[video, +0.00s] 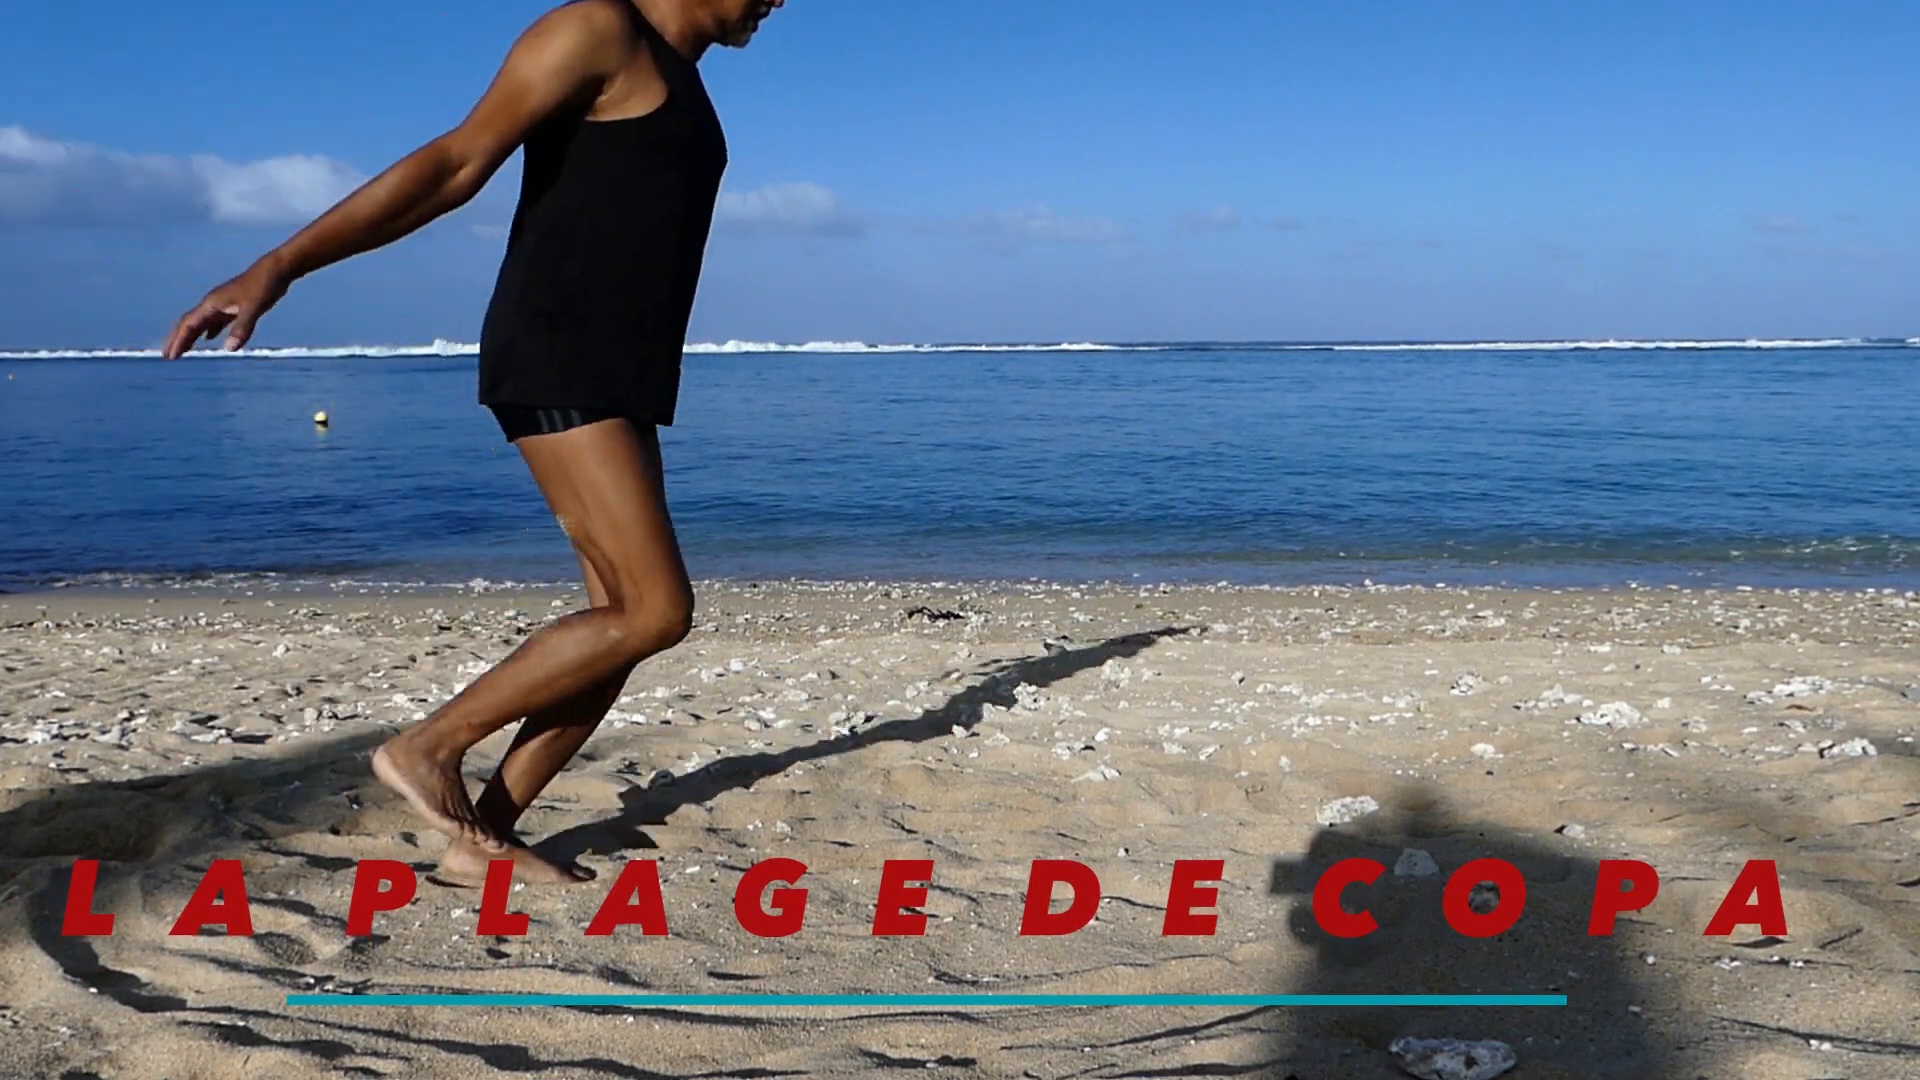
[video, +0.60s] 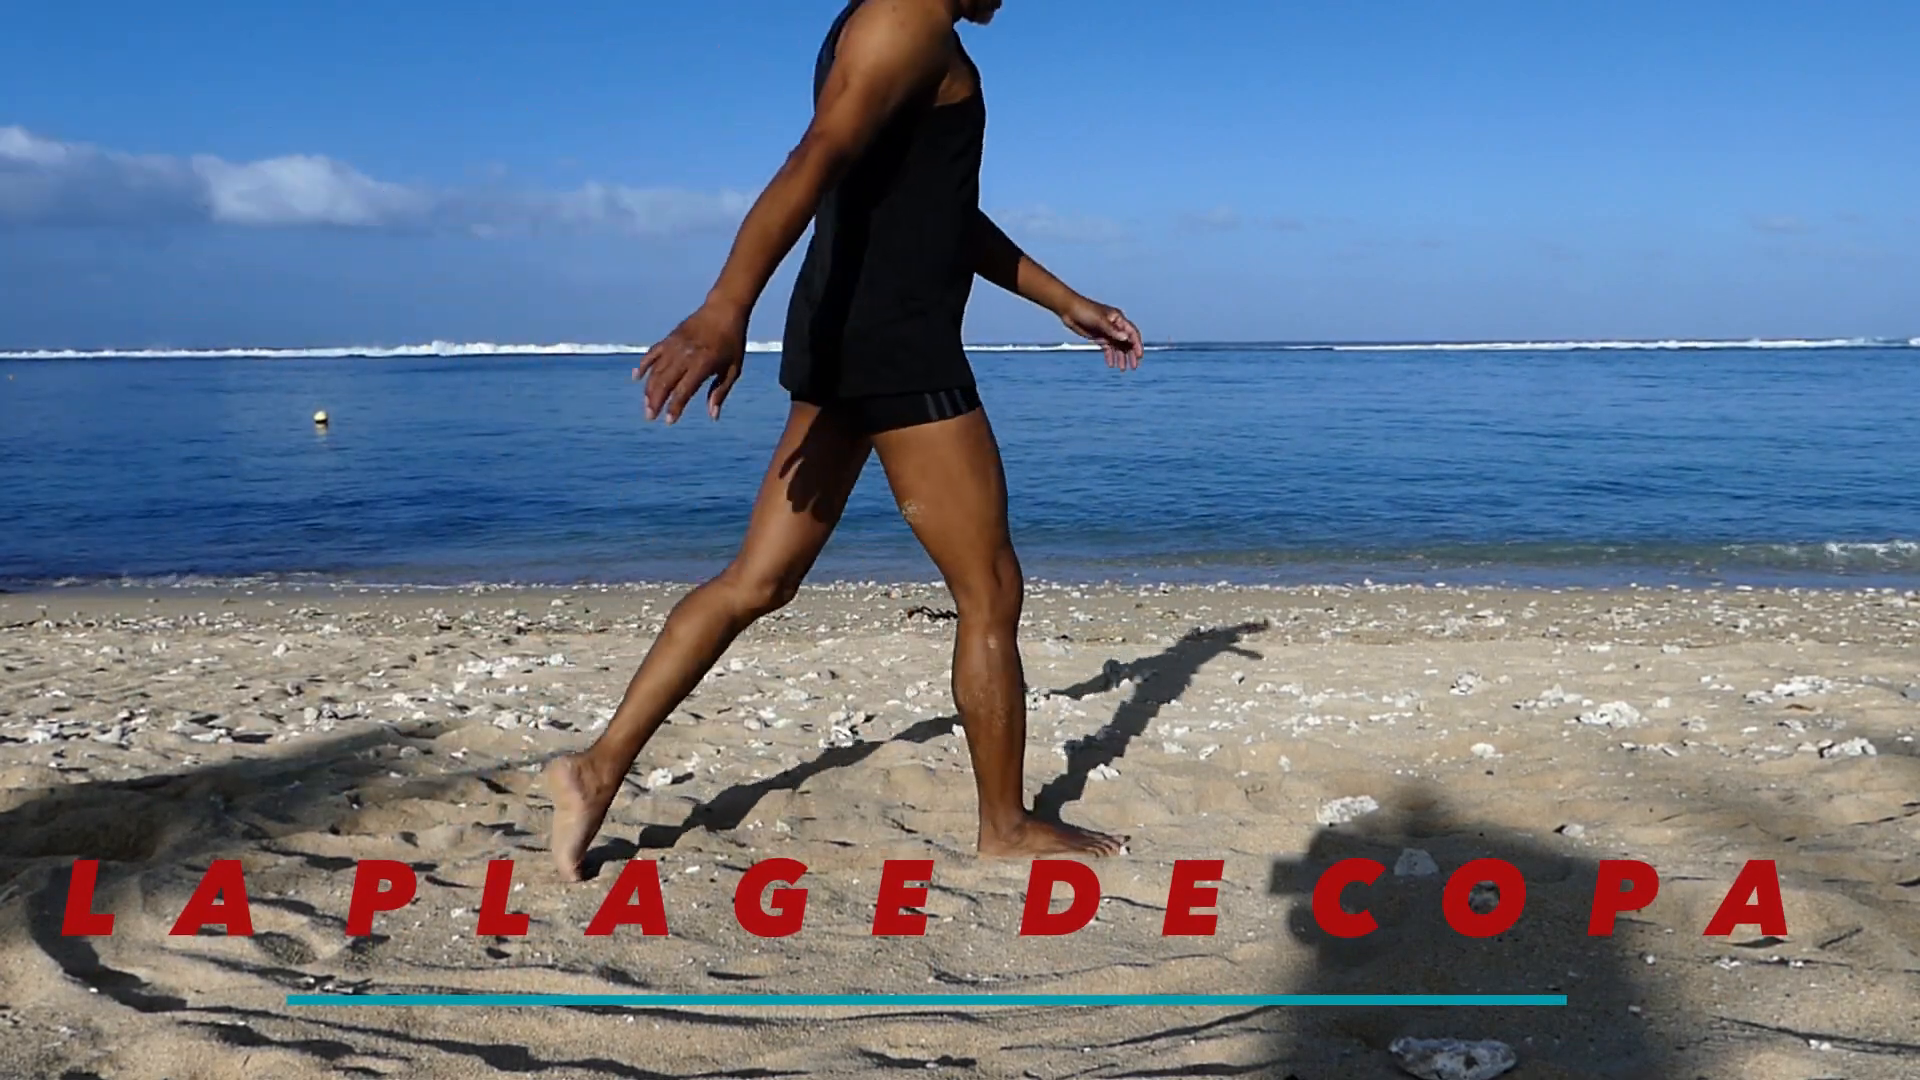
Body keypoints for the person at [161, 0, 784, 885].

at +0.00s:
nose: (769, 6)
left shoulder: (674, 71)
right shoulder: (593, 31)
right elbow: (450, 167)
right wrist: (276, 268)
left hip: (615, 377)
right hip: (558, 366)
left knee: (623, 617)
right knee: (655, 606)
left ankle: (486, 830)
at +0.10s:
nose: (788, 3)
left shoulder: (698, 58)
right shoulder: (623, 23)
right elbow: (485, 158)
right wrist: (319, 263)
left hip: (629, 362)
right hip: (591, 357)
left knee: (630, 615)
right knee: (728, 585)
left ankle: (486, 829)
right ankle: (561, 789)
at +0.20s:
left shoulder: (752, 52)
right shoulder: (677, 18)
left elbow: (708, 224)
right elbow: (545, 146)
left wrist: (743, 360)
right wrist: (383, 252)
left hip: (666, 345)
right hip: (652, 342)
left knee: (630, 600)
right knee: (811, 558)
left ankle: (491, 818)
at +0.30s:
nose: (851, 1)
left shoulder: (781, 47)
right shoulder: (720, 13)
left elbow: (774, 232)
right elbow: (588, 139)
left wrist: (822, 364)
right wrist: (435, 249)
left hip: (688, 337)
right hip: (695, 337)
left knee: (636, 591)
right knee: (855, 551)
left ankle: (497, 809)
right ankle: (863, 805)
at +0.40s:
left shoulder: (834, 41)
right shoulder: (785, 13)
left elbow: (839, 220)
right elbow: (666, 134)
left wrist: (918, 336)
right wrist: (528, 255)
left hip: (741, 327)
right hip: (769, 331)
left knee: (664, 575)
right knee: (906, 559)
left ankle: (524, 788)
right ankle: (971, 792)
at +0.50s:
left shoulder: (869, 29)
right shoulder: (833, 11)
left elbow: (878, 206)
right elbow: (723, 139)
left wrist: (978, 317)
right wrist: (601, 269)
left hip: (783, 324)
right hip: (822, 330)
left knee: (693, 568)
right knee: (940, 570)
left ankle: (551, 779)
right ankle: (1003, 800)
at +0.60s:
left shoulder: (899, 32)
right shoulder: (907, 23)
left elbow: (948, 218)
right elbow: (816, 160)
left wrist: (1068, 303)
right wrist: (724, 309)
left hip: (840, 343)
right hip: (906, 348)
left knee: (755, 582)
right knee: (990, 591)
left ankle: (599, 766)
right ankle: (1005, 822)